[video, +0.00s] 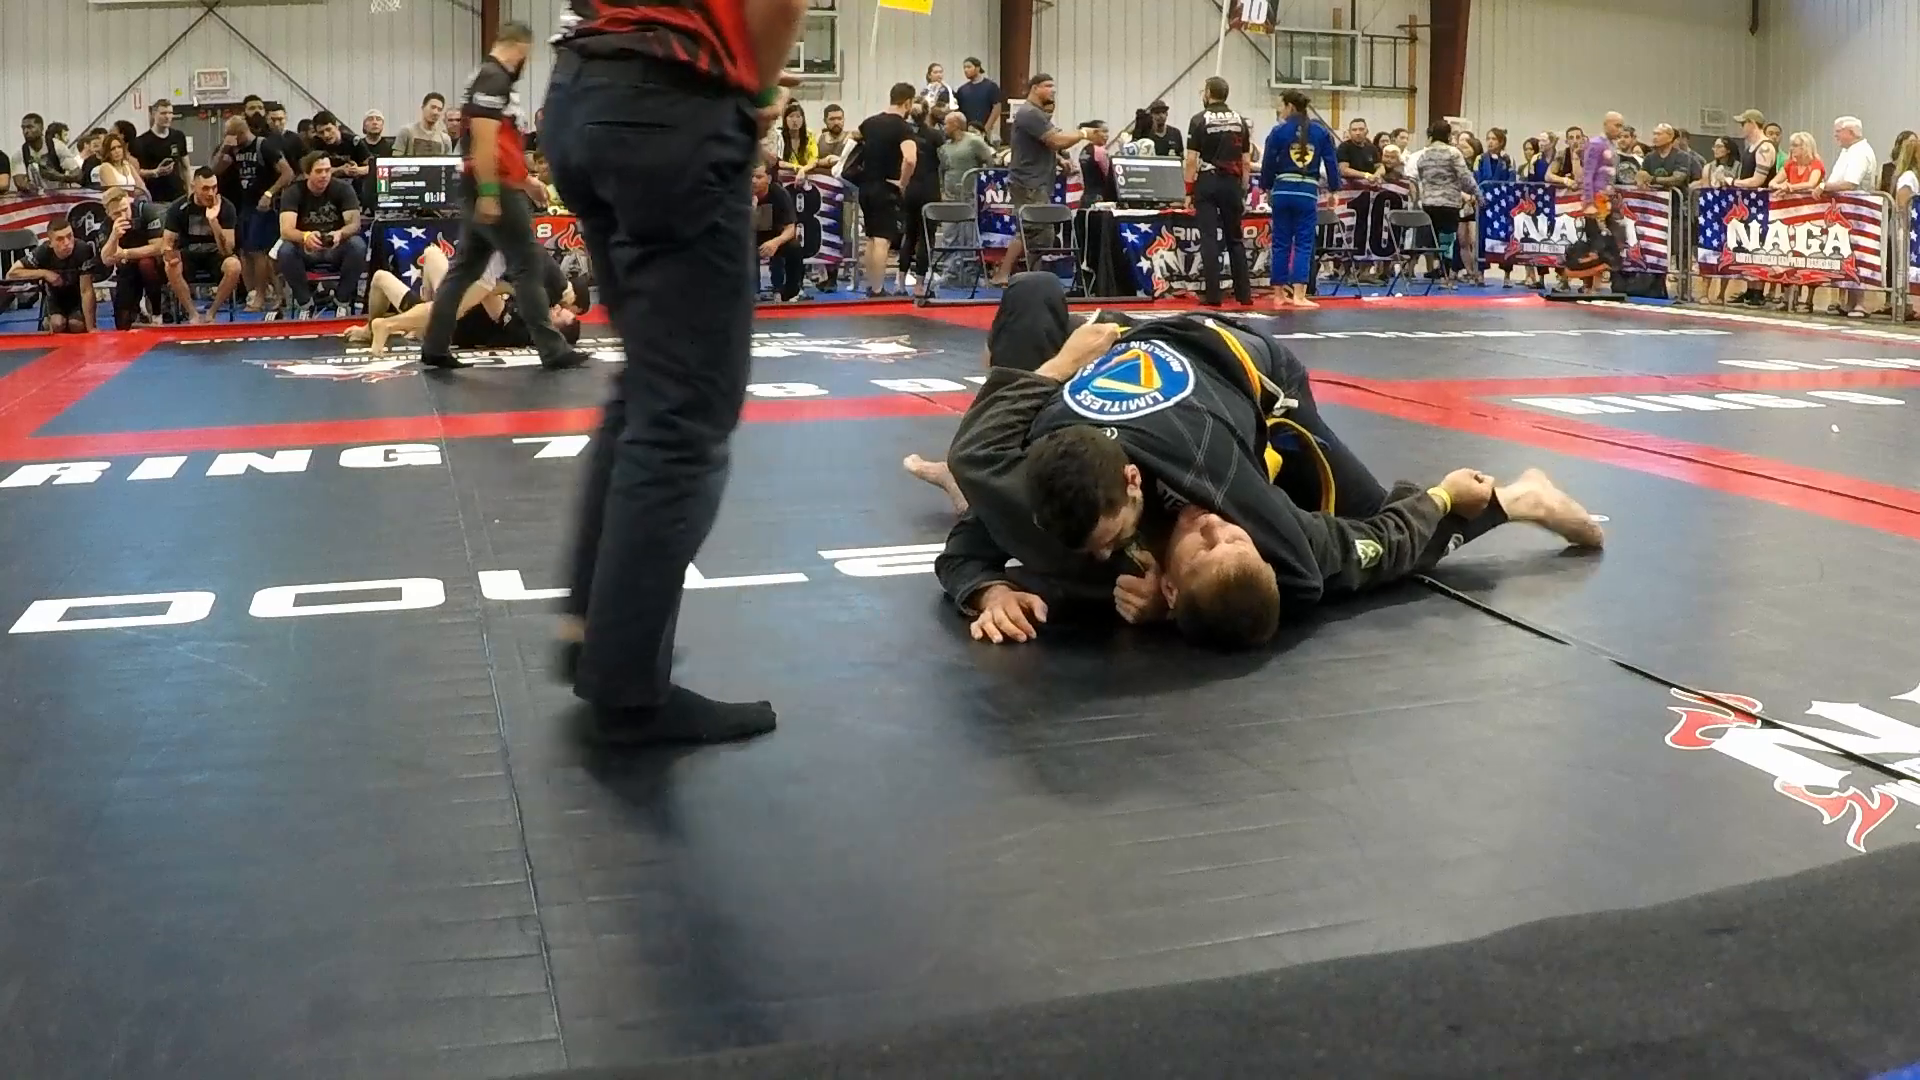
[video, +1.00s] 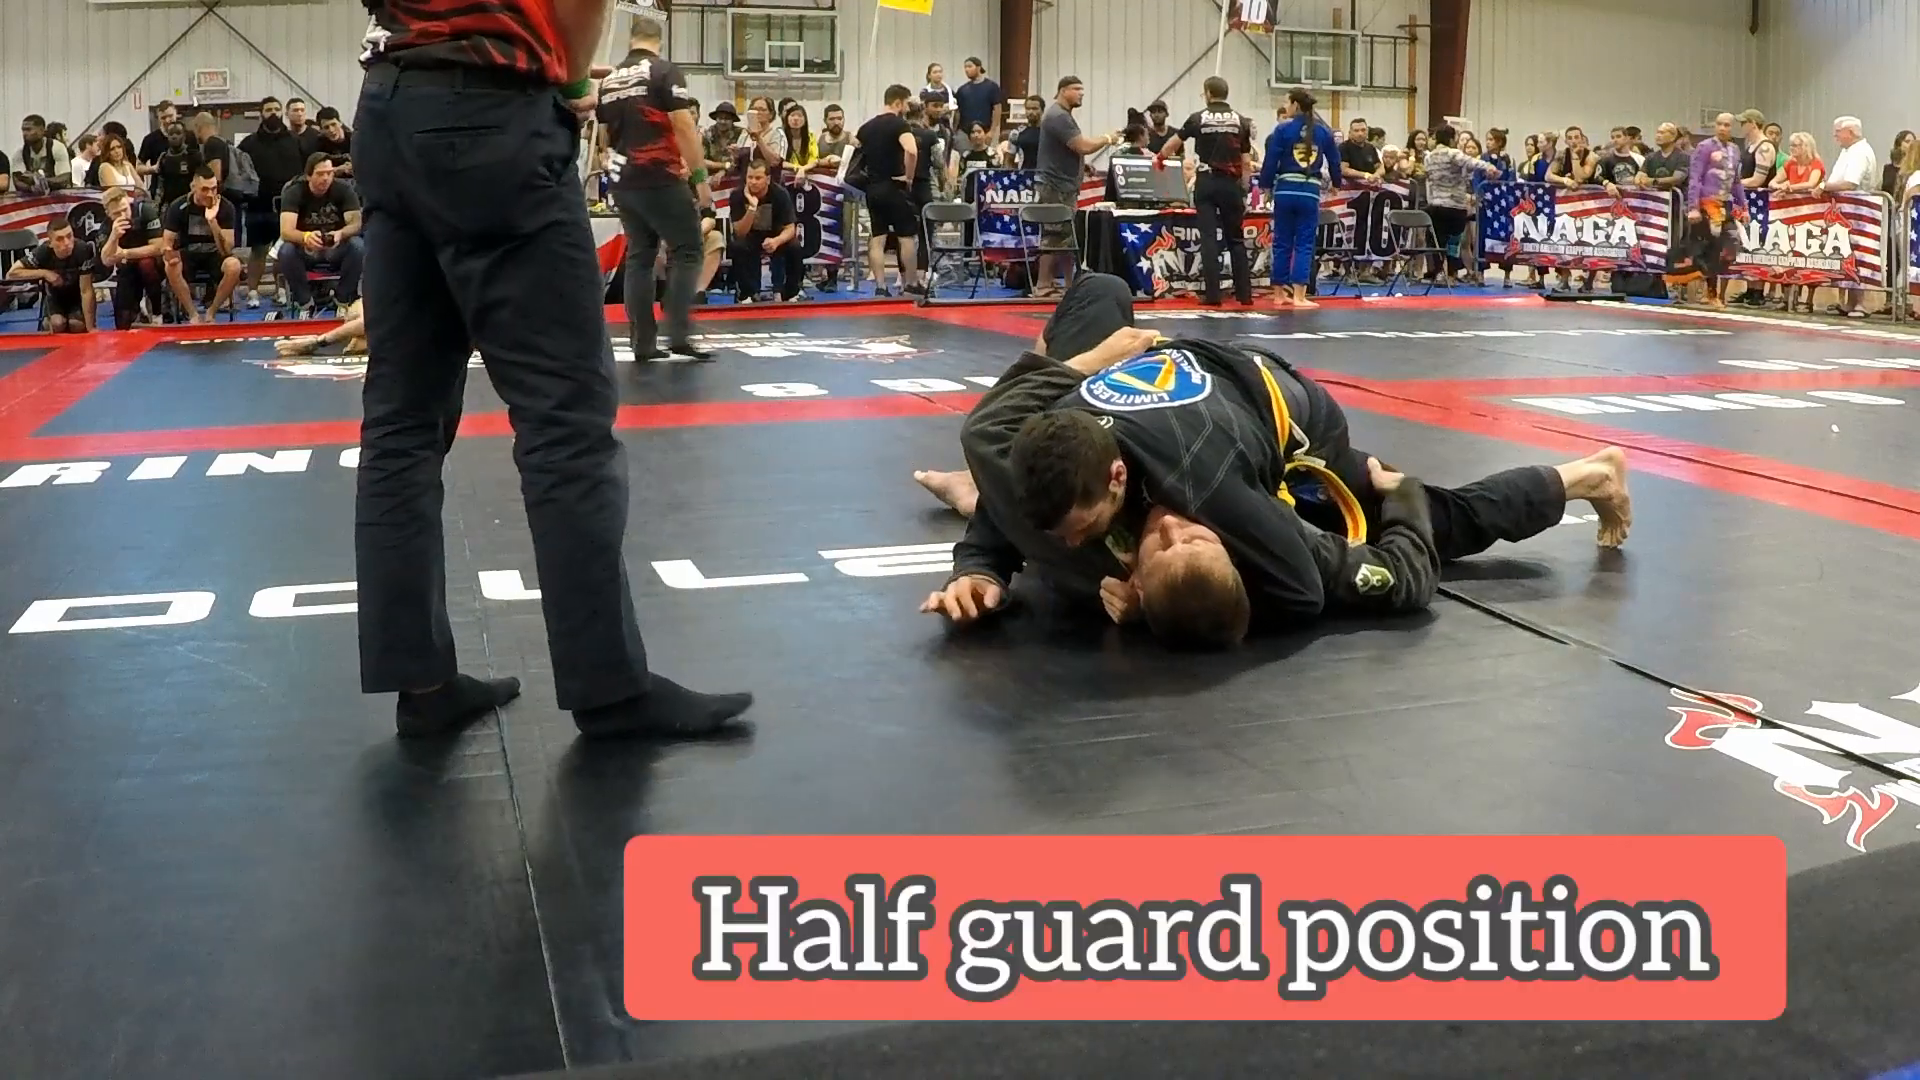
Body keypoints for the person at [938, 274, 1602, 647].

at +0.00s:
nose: (1106, 557)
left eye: (1113, 543)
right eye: (1088, 552)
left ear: (1136, 489)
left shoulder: (1207, 475)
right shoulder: (998, 483)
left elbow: (1311, 573)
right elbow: (961, 554)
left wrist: (1168, 599)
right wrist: (981, 591)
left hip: (1245, 364)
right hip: (1134, 351)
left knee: (1365, 549)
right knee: (1031, 286)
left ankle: (1498, 498)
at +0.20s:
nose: (1107, 543)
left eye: (1116, 532)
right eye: (1089, 541)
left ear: (1134, 479)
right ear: (1039, 510)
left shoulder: (1206, 472)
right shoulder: (999, 481)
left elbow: (1314, 569)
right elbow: (959, 559)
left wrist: (1167, 599)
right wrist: (981, 591)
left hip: (1247, 364)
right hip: (1134, 349)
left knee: (1378, 544)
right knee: (1036, 288)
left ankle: (1511, 493)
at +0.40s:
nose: (1102, 547)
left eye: (1109, 535)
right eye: (1086, 543)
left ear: (1131, 481)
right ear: (1038, 508)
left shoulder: (1206, 477)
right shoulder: (1006, 478)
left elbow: (1307, 578)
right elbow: (961, 554)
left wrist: (1167, 598)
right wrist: (982, 593)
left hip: (1253, 371)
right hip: (1143, 350)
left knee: (1394, 543)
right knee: (1053, 285)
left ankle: (1532, 481)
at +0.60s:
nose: (1095, 541)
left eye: (1104, 531)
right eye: (1075, 535)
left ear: (1130, 481)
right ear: (1028, 500)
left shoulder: (1206, 485)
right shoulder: (1008, 470)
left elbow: (1312, 595)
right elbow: (979, 550)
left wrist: (1157, 603)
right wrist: (989, 592)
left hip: (1265, 393)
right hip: (1158, 356)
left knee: (1412, 547)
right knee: (1079, 285)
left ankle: (1559, 472)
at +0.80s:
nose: (1093, 539)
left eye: (1101, 531)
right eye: (1067, 533)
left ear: (1121, 479)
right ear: (1022, 497)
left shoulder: (1202, 487)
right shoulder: (1015, 467)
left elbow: (1310, 594)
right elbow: (997, 551)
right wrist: (982, 582)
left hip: (1283, 403)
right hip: (1182, 356)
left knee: (1414, 531)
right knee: (1096, 284)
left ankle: (1587, 475)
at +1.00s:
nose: (1068, 543)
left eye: (1092, 536)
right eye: (1055, 536)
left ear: (1115, 482)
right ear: (1016, 485)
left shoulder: (1201, 493)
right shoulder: (1012, 455)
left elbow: (1309, 595)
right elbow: (996, 534)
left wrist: (1142, 604)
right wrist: (976, 573)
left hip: (1287, 415)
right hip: (1193, 358)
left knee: (1416, 529)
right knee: (1093, 289)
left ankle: (1588, 474)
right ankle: (985, 533)